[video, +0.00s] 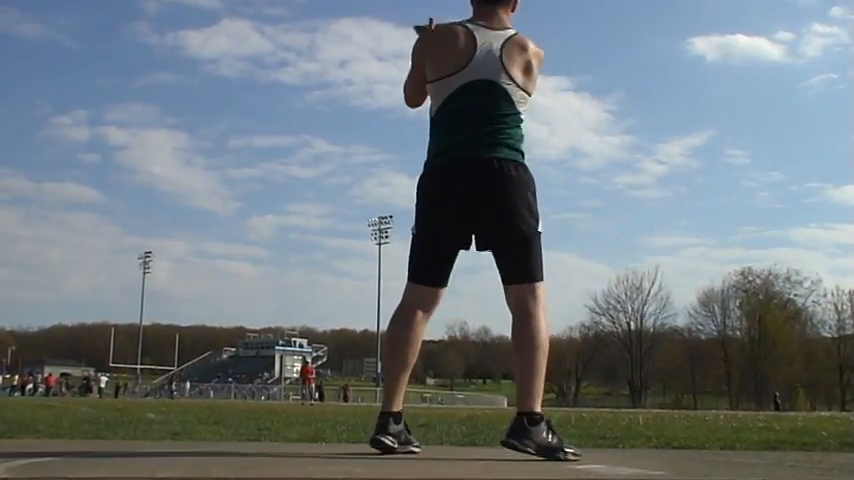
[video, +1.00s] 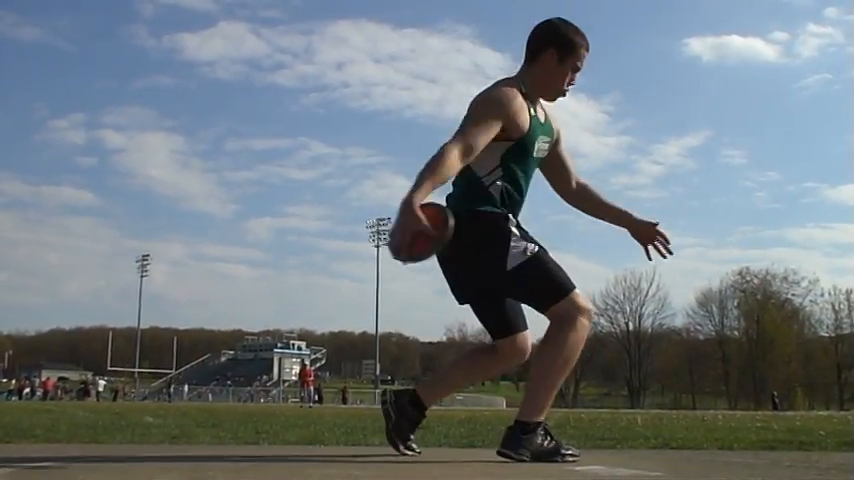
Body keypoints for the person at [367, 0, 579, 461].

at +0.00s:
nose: (517, 11)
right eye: (519, 7)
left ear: (471, 4)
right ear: (514, 7)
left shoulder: (435, 38)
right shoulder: (529, 50)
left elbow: (414, 96)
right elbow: (518, 90)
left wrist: (425, 42)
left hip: (443, 179)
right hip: (506, 180)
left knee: (418, 302)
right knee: (529, 304)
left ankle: (389, 419)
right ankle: (530, 421)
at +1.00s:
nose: (573, 81)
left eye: (578, 72)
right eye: (571, 69)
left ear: (555, 63)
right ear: (546, 57)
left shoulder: (546, 122)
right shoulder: (504, 99)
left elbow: (571, 188)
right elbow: (459, 150)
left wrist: (630, 222)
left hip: (465, 236)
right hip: (486, 228)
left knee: (514, 347)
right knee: (576, 314)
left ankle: (412, 404)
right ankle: (527, 432)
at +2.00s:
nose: (496, 19)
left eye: (454, 11)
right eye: (499, 15)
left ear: (452, 12)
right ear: (497, 16)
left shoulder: (415, 57)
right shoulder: (511, 60)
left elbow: (392, 117)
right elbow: (456, 51)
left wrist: (394, 52)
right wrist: (400, 22)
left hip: (433, 195)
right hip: (495, 193)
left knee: (408, 313)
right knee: (521, 313)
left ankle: (379, 431)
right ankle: (524, 432)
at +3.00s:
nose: (587, 116)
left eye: (590, 107)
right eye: (586, 104)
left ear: (562, 101)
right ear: (561, 98)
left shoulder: (558, 154)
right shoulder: (497, 127)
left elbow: (568, 182)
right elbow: (417, 147)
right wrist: (344, 165)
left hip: (443, 254)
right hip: (472, 248)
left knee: (490, 352)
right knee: (573, 324)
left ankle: (405, 416)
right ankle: (528, 433)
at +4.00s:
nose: (404, 5)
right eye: (404, 3)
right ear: (428, 2)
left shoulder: (448, 21)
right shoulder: (412, 42)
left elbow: (487, 81)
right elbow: (350, 50)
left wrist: (500, 144)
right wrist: (340, 21)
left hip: (431, 172)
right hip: (422, 173)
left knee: (418, 303)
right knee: (421, 305)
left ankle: (429, 431)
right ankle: (441, 428)